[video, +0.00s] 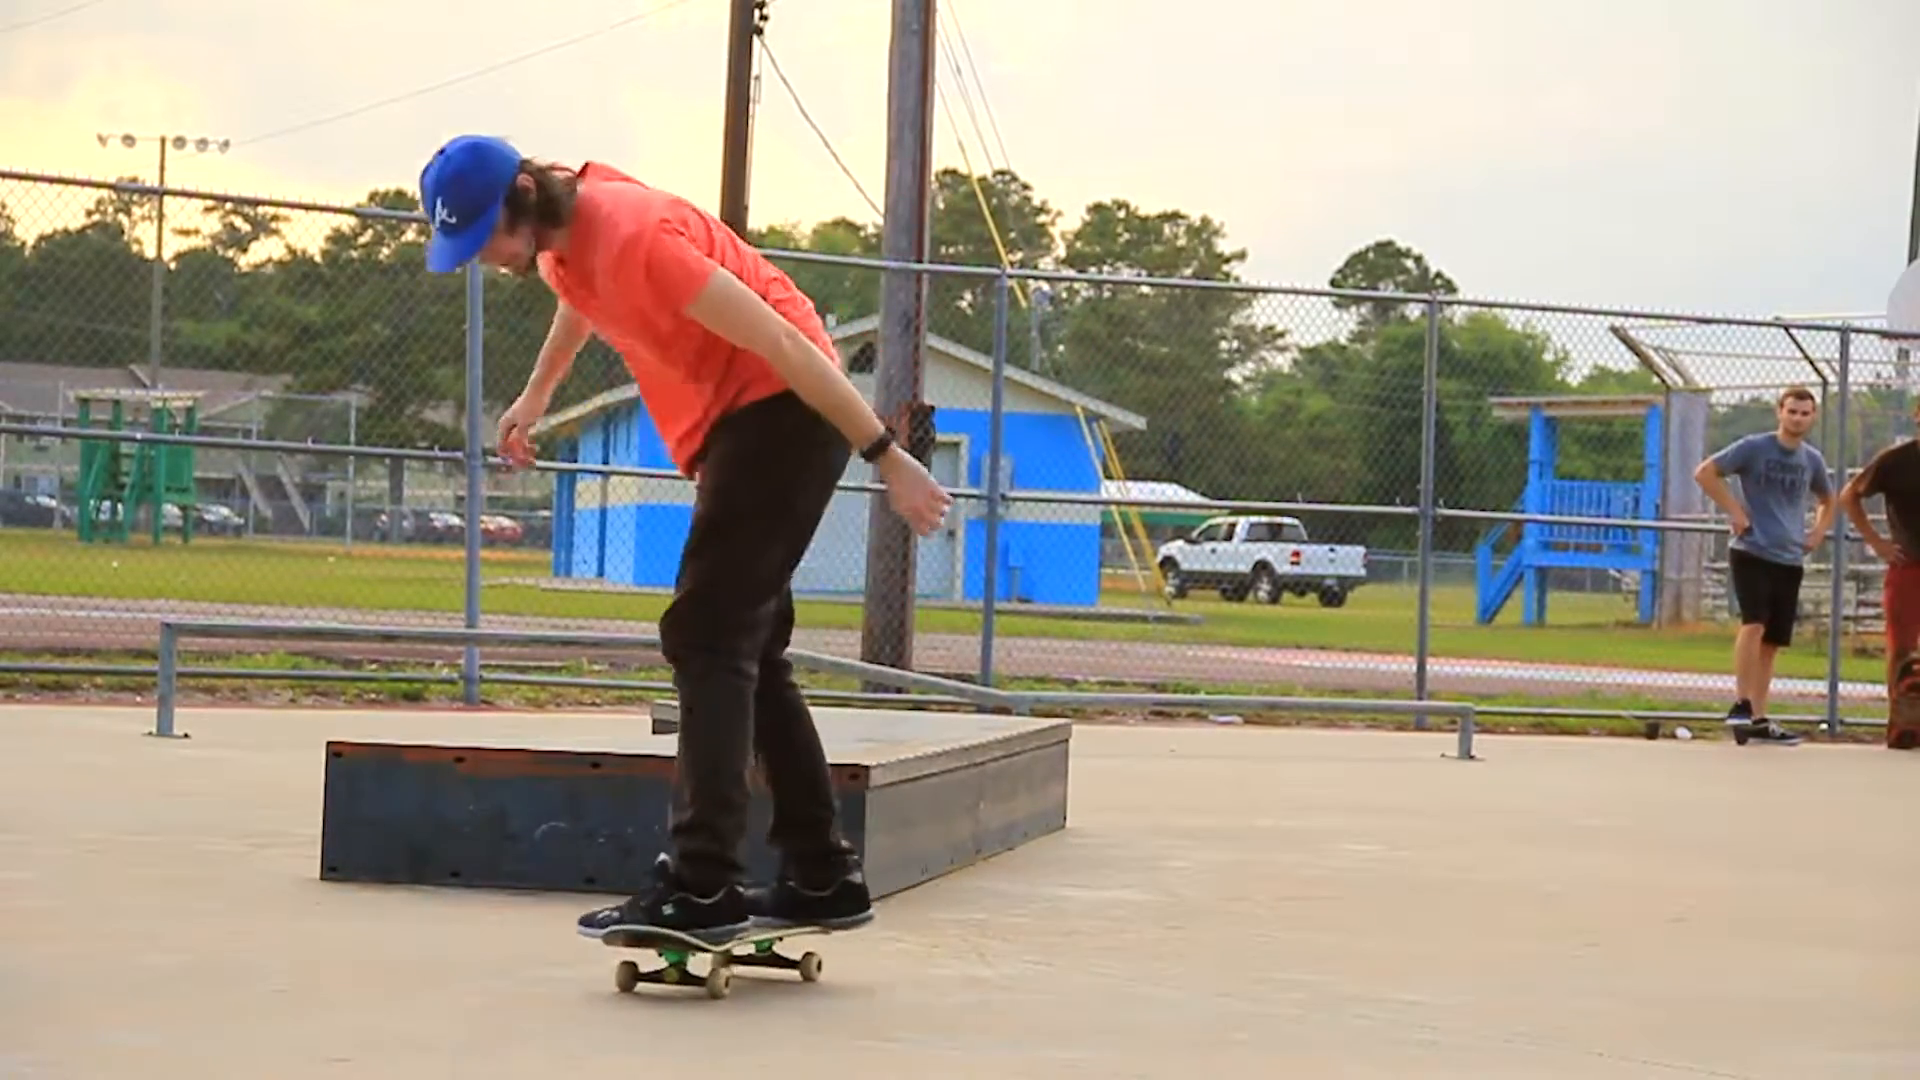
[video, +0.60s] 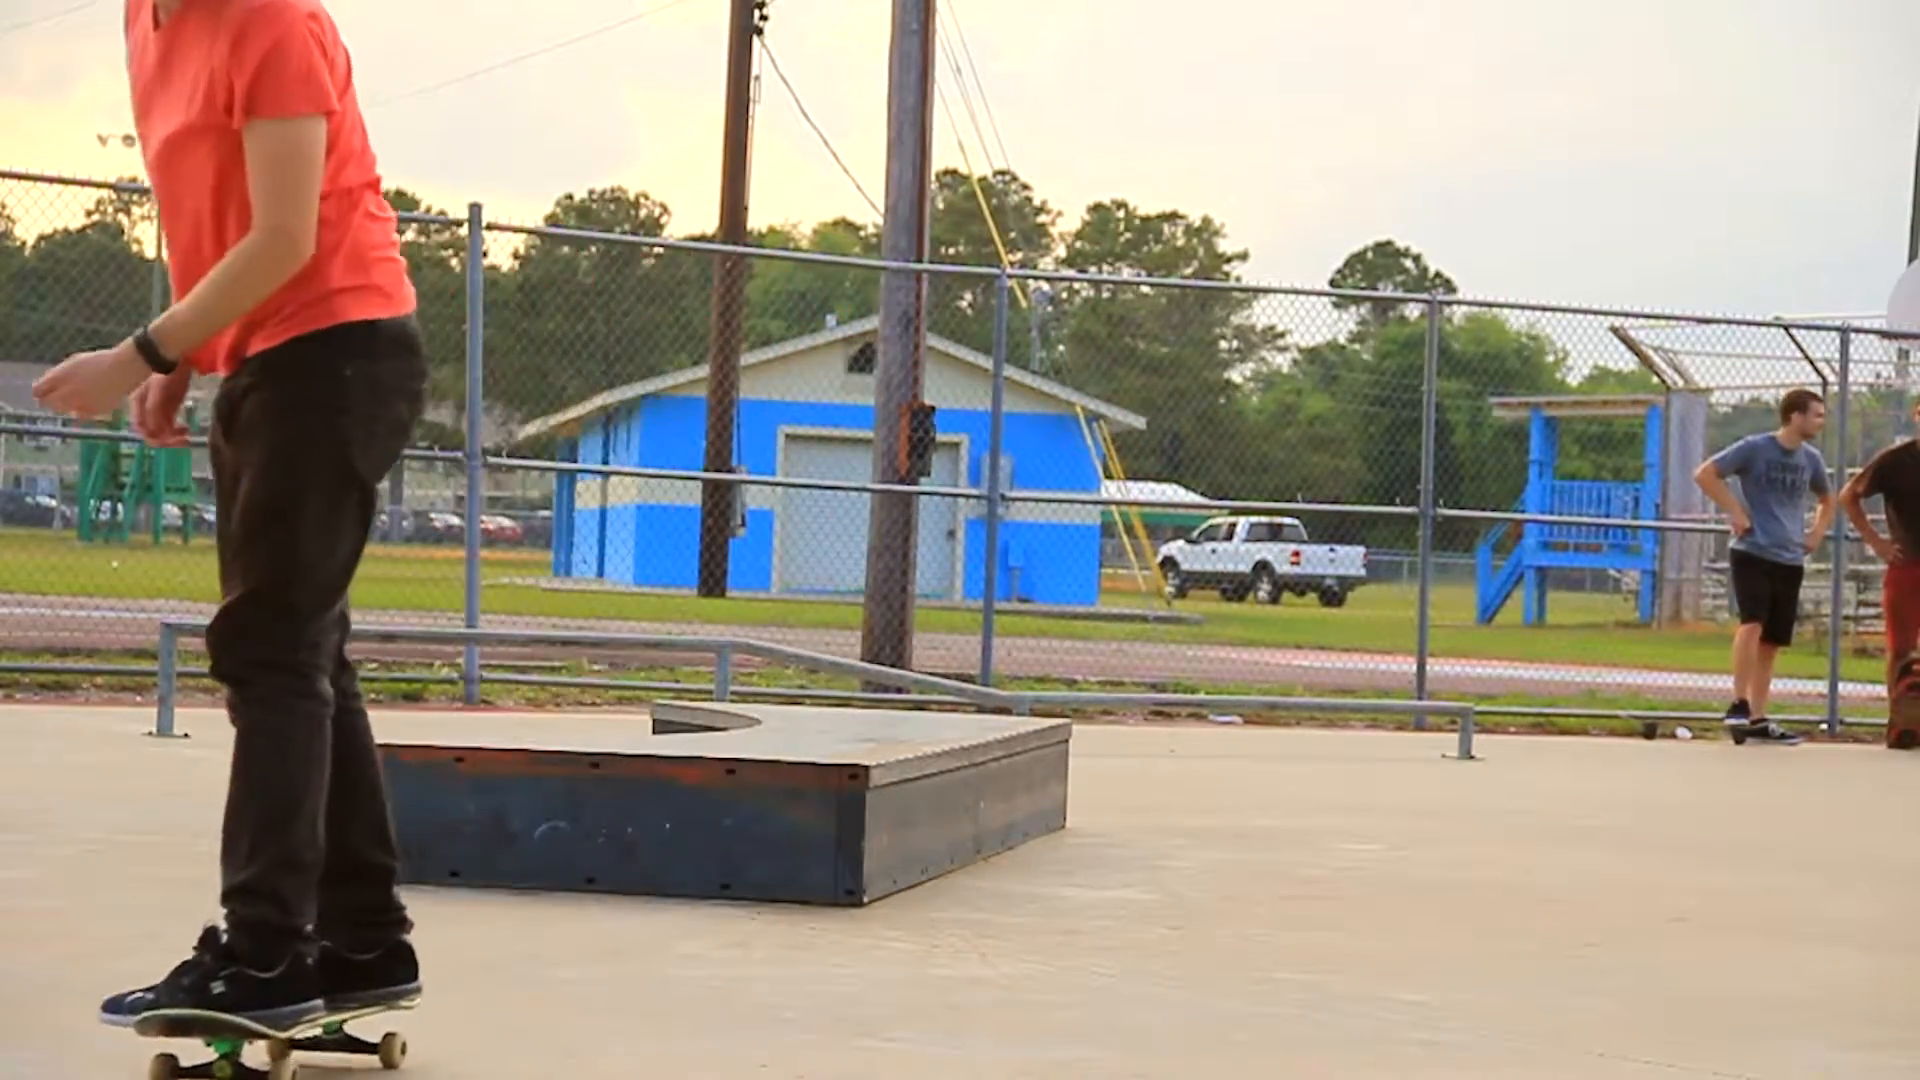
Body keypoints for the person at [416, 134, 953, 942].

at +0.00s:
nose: (492, 260)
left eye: (491, 242)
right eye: (478, 250)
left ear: (521, 202)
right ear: (508, 208)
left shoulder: (633, 237)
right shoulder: (568, 232)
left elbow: (777, 335)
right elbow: (578, 307)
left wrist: (887, 456)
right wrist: (532, 400)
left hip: (782, 406)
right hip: (742, 413)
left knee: (707, 633)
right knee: (752, 652)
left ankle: (701, 882)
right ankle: (820, 873)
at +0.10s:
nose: (429, 215)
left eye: (430, 196)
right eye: (417, 203)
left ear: (470, 159)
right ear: (450, 168)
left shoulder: (587, 206)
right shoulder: (503, 211)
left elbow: (720, 331)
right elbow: (564, 303)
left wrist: (808, 470)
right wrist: (546, 404)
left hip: (722, 396)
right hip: (678, 405)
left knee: (652, 636)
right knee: (698, 655)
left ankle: (633, 891)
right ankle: (762, 884)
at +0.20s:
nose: (373, 162)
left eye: (377, 141)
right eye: (358, 149)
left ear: (419, 102)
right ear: (354, 132)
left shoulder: (532, 167)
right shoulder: (441, 178)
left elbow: (634, 335)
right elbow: (515, 290)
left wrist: (676, 497)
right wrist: (522, 399)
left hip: (665, 388)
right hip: (617, 397)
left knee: (592, 641)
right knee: (646, 651)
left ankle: (568, 901)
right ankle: (702, 888)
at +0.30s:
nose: (308, 111)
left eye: (316, 87)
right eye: (292, 96)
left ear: (366, 49)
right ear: (287, 85)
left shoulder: (467, 133)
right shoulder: (378, 140)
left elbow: (535, 326)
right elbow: (455, 280)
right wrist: (461, 391)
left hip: (601, 381)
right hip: (548, 387)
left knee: (522, 639)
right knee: (567, 641)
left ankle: (502, 909)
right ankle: (626, 895)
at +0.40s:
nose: (235, 59)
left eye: (245, 35)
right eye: (221, 43)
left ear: (302, 10)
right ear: (241, 31)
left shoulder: (405, 101)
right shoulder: (311, 101)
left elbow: (439, 305)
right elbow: (389, 271)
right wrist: (386, 413)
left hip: (516, 374)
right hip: (468, 381)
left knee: (452, 640)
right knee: (494, 641)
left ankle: (433, 918)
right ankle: (534, 908)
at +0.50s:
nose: (179, 13)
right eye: (171, 4)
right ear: (188, 5)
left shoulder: (342, 59)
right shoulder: (227, 52)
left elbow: (361, 270)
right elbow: (297, 223)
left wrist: (217, 383)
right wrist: (274, 360)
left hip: (432, 361)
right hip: (370, 368)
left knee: (372, 641)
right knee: (407, 649)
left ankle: (356, 934)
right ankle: (448, 924)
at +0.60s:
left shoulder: (273, 17)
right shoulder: (153, 19)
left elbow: (288, 233)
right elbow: (204, 199)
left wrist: (139, 352)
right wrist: (179, 356)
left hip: (332, 349)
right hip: (265, 362)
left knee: (269, 644)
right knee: (303, 651)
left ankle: (263, 949)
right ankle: (361, 938)